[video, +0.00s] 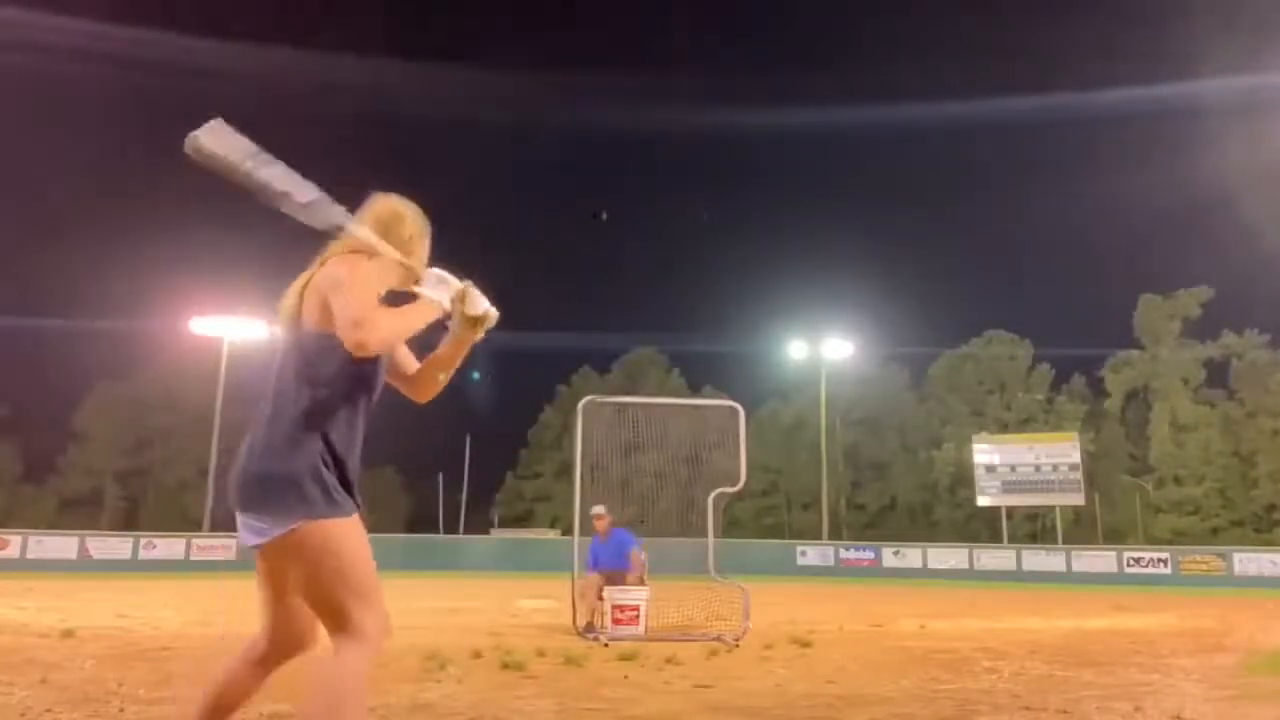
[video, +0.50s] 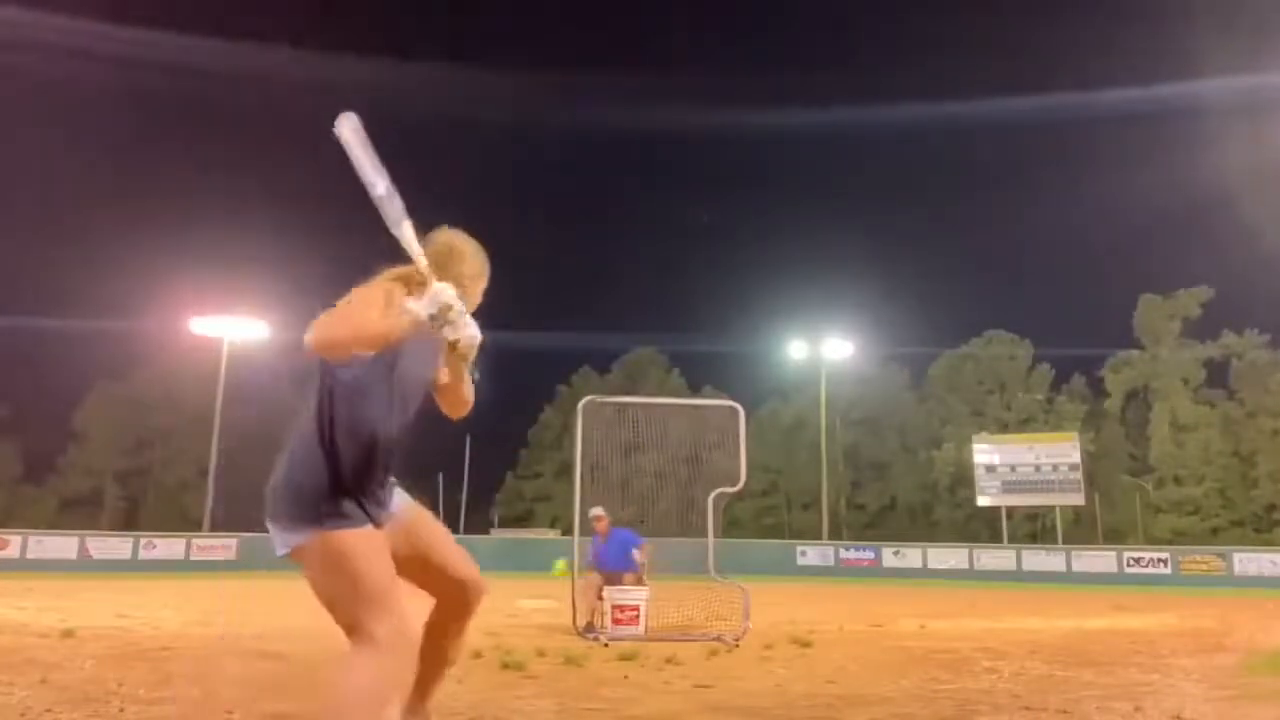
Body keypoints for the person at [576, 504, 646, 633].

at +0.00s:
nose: (599, 523)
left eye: (601, 518)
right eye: (596, 519)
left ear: (609, 519)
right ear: (593, 522)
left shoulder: (621, 535)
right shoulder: (595, 541)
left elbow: (636, 554)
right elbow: (591, 566)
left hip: (622, 573)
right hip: (603, 574)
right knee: (590, 582)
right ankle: (589, 622)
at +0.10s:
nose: (596, 524)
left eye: (599, 519)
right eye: (593, 521)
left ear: (608, 519)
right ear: (591, 523)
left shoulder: (622, 536)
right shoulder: (595, 542)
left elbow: (639, 553)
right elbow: (591, 567)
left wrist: (639, 574)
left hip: (623, 572)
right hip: (604, 573)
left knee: (631, 577)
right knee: (592, 580)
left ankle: (629, 621)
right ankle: (589, 622)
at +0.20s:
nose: (594, 525)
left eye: (597, 520)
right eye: (591, 521)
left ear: (605, 520)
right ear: (590, 523)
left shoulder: (620, 536)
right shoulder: (595, 542)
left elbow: (639, 555)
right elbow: (591, 568)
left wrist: (640, 575)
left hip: (623, 573)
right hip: (605, 574)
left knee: (631, 577)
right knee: (592, 580)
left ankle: (629, 621)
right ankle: (589, 622)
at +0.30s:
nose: (595, 525)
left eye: (598, 520)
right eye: (592, 521)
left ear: (607, 520)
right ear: (590, 524)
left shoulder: (620, 535)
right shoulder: (594, 543)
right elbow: (591, 567)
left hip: (623, 572)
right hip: (605, 573)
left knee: (630, 577)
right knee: (592, 579)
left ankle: (628, 620)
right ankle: (589, 622)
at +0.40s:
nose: (598, 525)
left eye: (600, 520)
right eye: (595, 521)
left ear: (608, 520)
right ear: (592, 524)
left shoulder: (623, 536)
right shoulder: (594, 543)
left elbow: (642, 546)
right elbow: (588, 564)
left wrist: (640, 572)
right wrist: (591, 574)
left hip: (623, 572)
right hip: (604, 573)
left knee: (630, 577)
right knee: (592, 579)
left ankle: (628, 621)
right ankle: (589, 622)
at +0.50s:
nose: (598, 524)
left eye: (601, 520)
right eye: (595, 521)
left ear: (608, 520)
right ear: (592, 524)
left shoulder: (622, 534)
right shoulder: (596, 540)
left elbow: (642, 545)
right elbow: (592, 563)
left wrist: (641, 568)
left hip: (623, 572)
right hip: (605, 573)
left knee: (629, 577)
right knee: (592, 580)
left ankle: (627, 620)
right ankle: (589, 622)